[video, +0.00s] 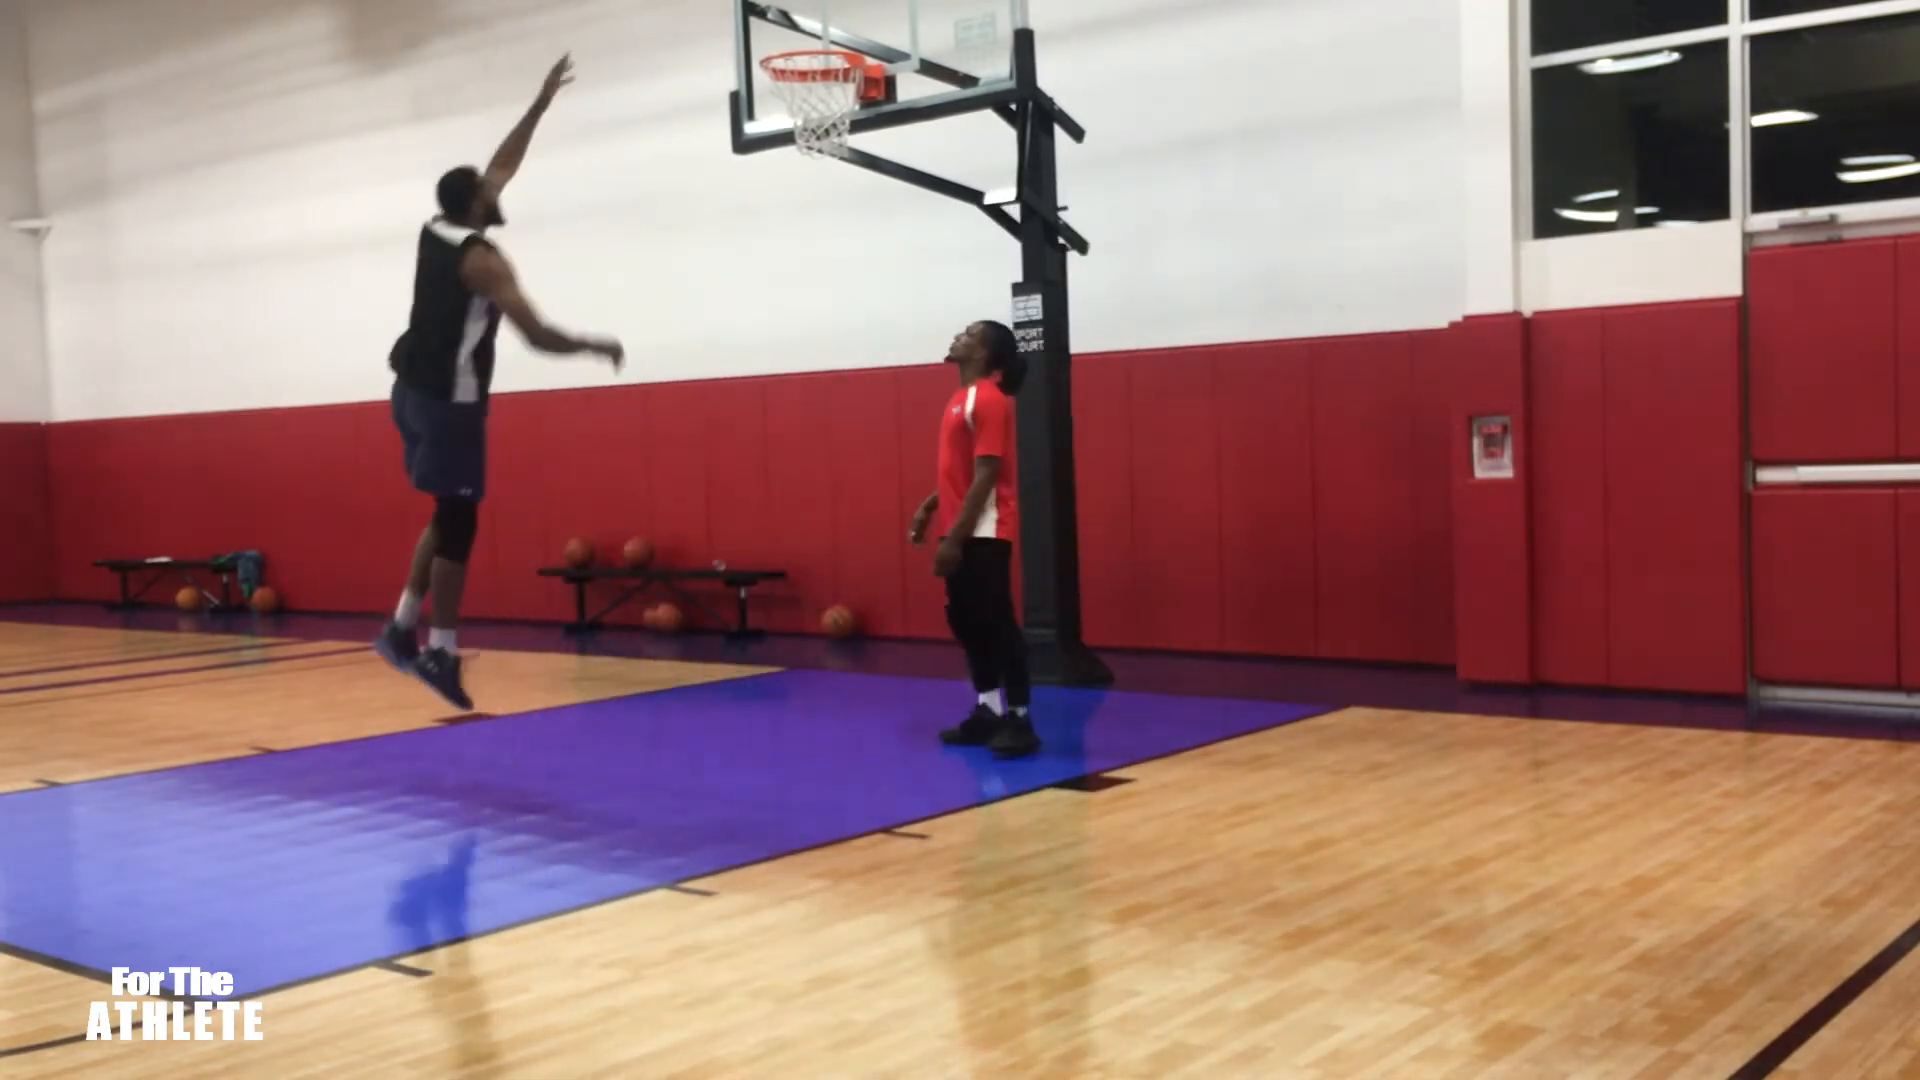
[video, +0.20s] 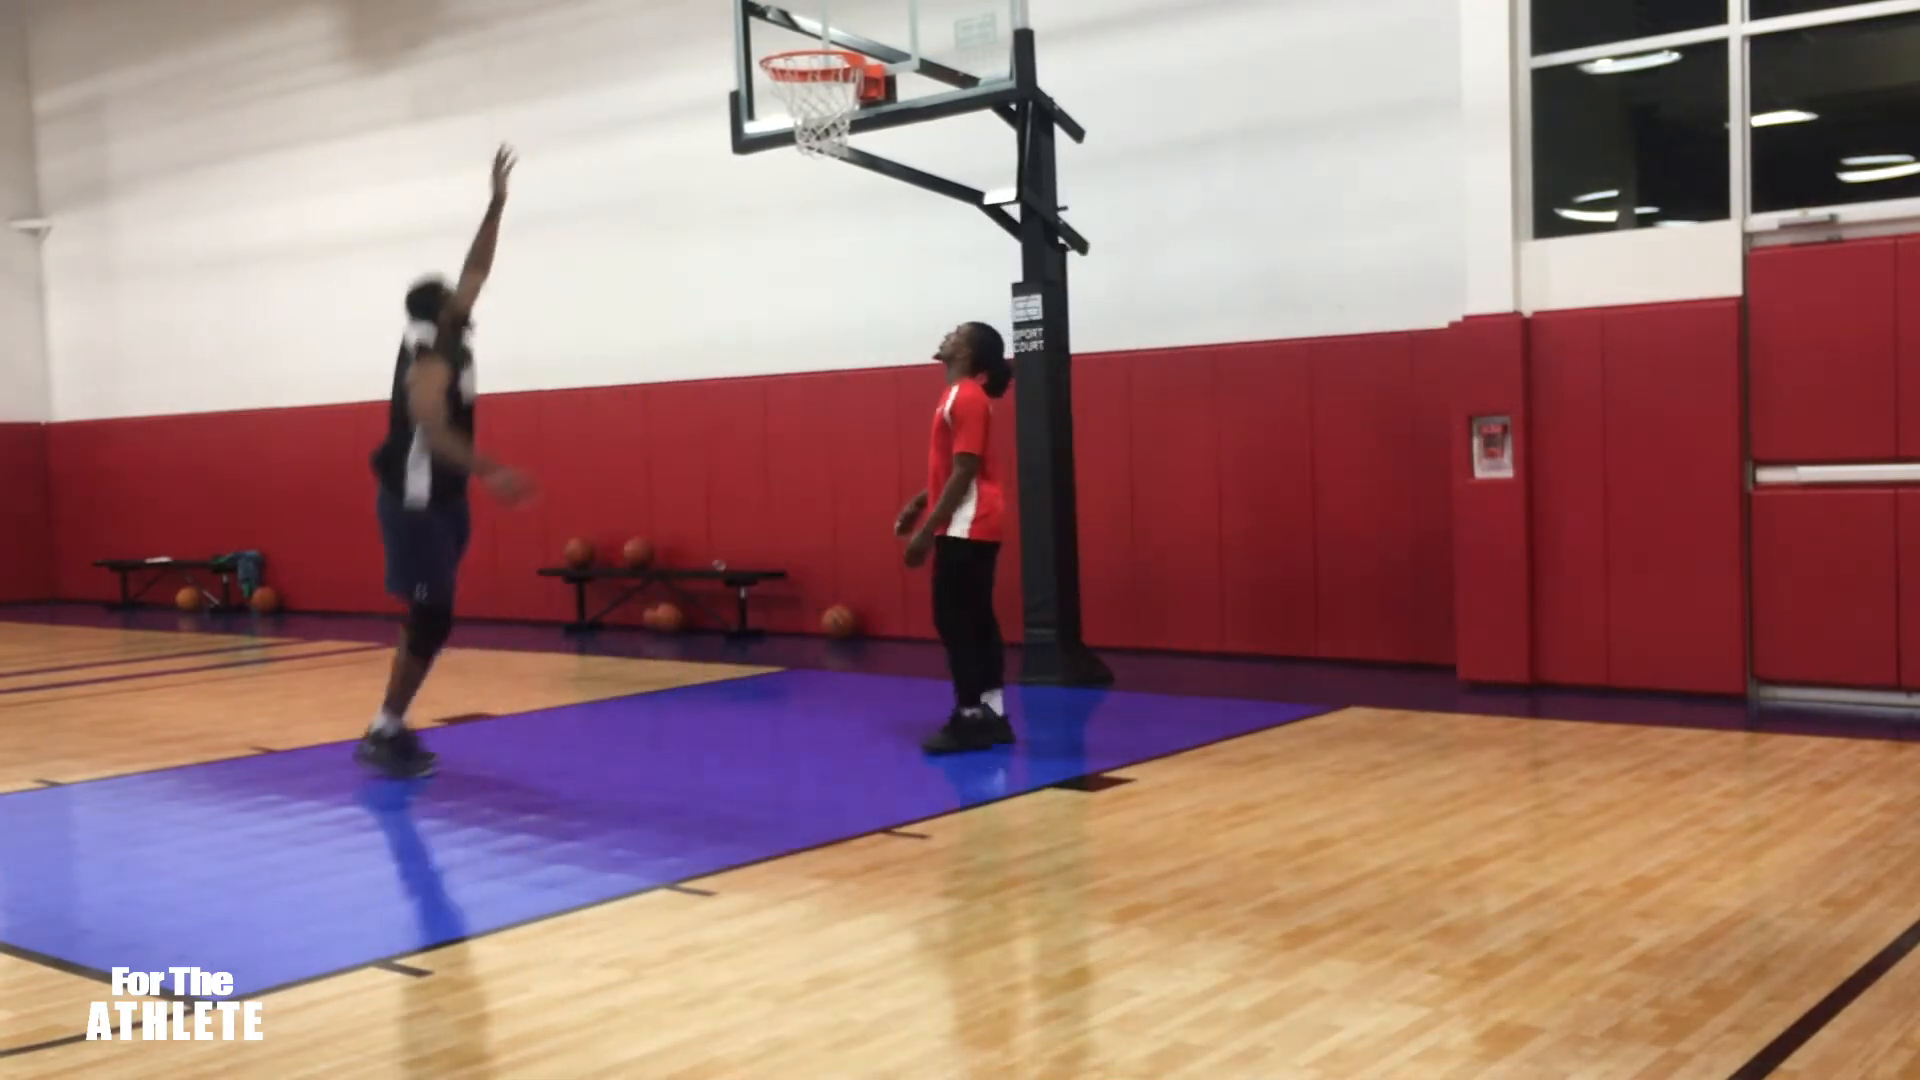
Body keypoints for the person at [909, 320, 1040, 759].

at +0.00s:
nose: (957, 336)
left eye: (968, 334)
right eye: (962, 331)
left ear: (985, 352)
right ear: (969, 352)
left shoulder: (989, 397)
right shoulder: (961, 398)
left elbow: (988, 472)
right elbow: (963, 470)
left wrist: (956, 536)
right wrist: (930, 503)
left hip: (987, 530)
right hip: (963, 530)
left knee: (996, 619)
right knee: (965, 618)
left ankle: (1018, 718)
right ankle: (989, 710)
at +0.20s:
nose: (945, 337)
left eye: (955, 334)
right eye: (950, 331)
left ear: (970, 351)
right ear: (966, 352)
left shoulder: (968, 396)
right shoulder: (957, 395)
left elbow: (966, 468)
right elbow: (953, 469)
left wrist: (927, 531)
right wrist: (919, 502)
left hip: (968, 523)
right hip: (965, 520)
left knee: (952, 616)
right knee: (976, 614)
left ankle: (973, 713)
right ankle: (992, 711)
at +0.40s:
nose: (932, 338)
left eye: (942, 335)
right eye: (938, 333)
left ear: (953, 352)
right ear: (954, 355)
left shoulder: (948, 396)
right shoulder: (950, 396)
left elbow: (946, 469)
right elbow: (943, 469)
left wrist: (922, 535)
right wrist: (913, 505)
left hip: (950, 530)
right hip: (964, 529)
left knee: (923, 616)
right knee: (969, 617)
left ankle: (913, 713)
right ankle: (991, 710)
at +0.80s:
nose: (887, 349)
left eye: (894, 343)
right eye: (892, 343)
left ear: (903, 356)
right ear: (917, 361)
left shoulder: (899, 401)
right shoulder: (916, 402)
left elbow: (897, 473)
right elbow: (903, 471)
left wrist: (877, 538)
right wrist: (868, 507)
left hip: (891, 536)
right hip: (912, 534)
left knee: (878, 624)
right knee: (914, 615)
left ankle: (887, 714)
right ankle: (970, 694)